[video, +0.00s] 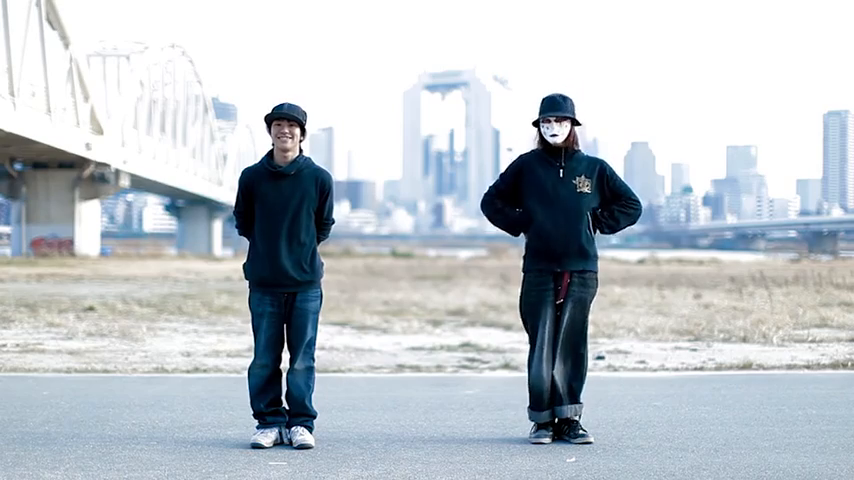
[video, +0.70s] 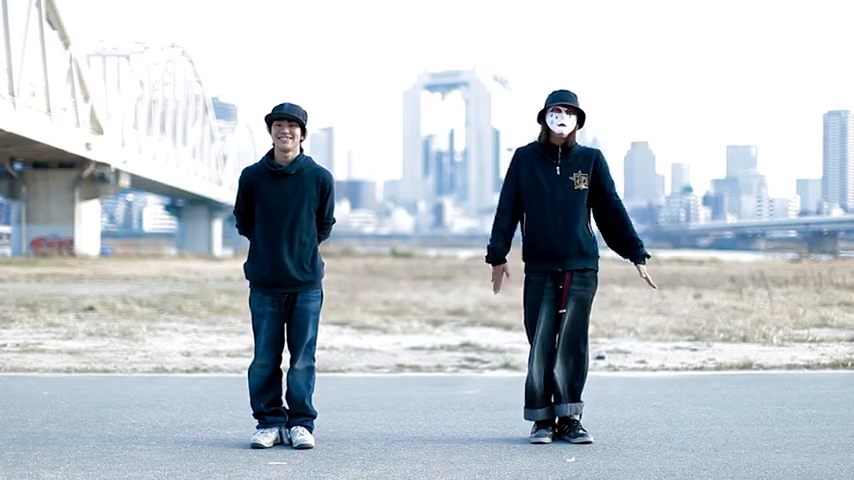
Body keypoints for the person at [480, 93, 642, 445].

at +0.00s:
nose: (553, 127)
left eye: (559, 121)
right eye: (547, 121)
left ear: (571, 125)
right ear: (539, 125)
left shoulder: (594, 167)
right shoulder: (525, 165)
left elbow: (632, 205)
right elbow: (490, 202)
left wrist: (595, 221)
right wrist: (523, 224)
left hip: (581, 267)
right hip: (539, 266)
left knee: (572, 343)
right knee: (541, 342)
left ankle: (569, 419)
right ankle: (542, 421)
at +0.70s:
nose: (561, 119)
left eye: (567, 114)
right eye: (555, 113)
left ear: (577, 121)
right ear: (544, 118)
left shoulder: (591, 160)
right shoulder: (524, 158)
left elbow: (611, 210)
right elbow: (508, 208)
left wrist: (636, 251)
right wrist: (497, 254)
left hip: (580, 262)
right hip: (539, 262)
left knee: (573, 339)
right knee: (541, 340)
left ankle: (569, 418)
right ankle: (542, 419)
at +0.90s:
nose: (559, 124)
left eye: (565, 119)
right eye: (552, 119)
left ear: (575, 125)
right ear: (542, 123)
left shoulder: (588, 164)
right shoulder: (526, 157)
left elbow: (609, 195)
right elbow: (517, 193)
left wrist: (617, 220)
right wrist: (537, 232)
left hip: (579, 261)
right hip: (538, 261)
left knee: (572, 338)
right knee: (540, 338)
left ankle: (569, 418)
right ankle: (542, 419)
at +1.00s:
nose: (557, 133)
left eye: (564, 128)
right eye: (551, 127)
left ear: (574, 133)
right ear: (541, 131)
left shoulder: (588, 170)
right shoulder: (526, 166)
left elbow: (582, 208)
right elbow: (542, 205)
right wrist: (582, 244)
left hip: (576, 263)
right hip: (538, 265)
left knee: (573, 339)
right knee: (541, 339)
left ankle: (569, 419)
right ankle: (543, 420)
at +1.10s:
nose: (558, 141)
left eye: (565, 135)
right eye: (552, 134)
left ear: (574, 141)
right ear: (542, 139)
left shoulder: (587, 177)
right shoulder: (526, 176)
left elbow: (585, 212)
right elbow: (542, 215)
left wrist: (579, 236)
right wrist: (575, 243)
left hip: (576, 271)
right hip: (538, 272)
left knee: (574, 345)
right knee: (540, 344)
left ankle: (569, 421)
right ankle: (542, 422)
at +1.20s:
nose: (563, 133)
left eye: (569, 128)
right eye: (557, 127)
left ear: (579, 134)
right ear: (546, 132)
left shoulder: (587, 173)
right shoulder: (530, 167)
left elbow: (616, 200)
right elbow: (529, 204)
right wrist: (534, 240)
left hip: (575, 268)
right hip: (536, 267)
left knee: (573, 343)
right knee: (541, 343)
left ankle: (569, 421)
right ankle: (543, 422)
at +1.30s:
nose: (573, 114)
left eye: (578, 109)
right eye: (566, 109)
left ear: (587, 115)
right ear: (555, 115)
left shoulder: (594, 159)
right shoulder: (539, 148)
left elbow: (629, 193)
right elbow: (515, 193)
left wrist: (663, 232)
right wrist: (495, 237)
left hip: (574, 259)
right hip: (534, 259)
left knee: (573, 338)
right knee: (538, 338)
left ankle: (572, 417)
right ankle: (542, 419)